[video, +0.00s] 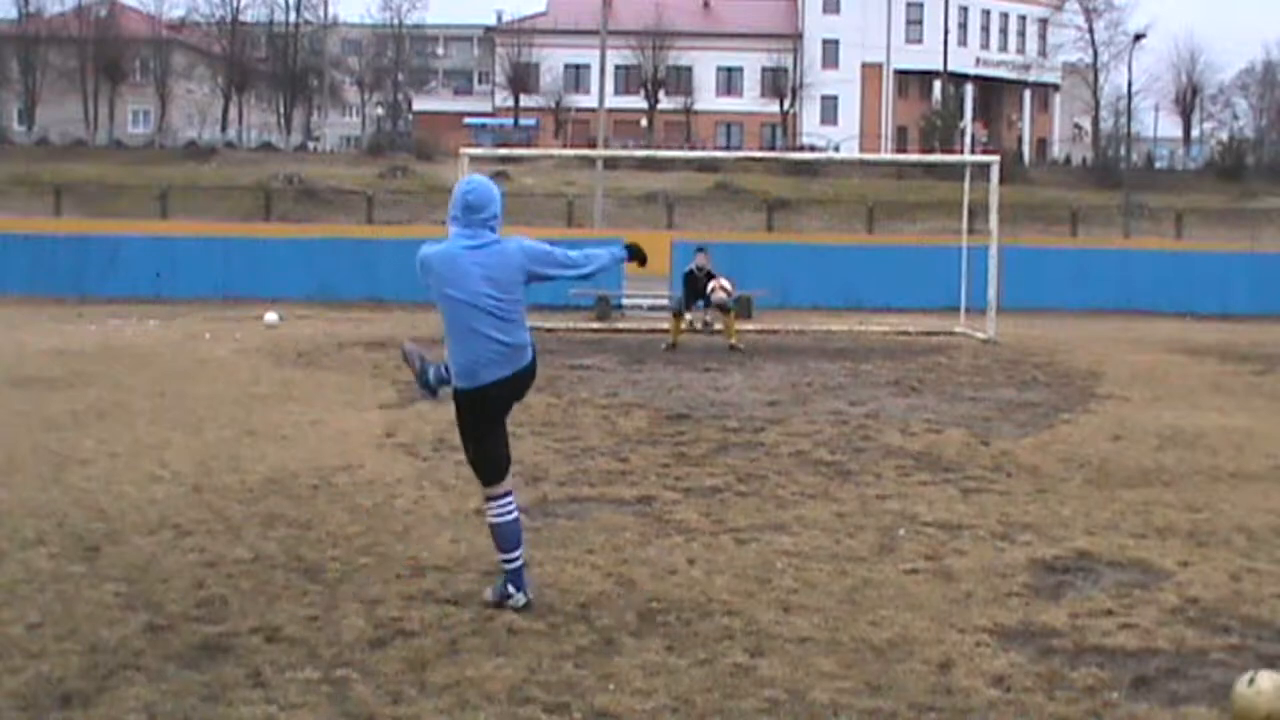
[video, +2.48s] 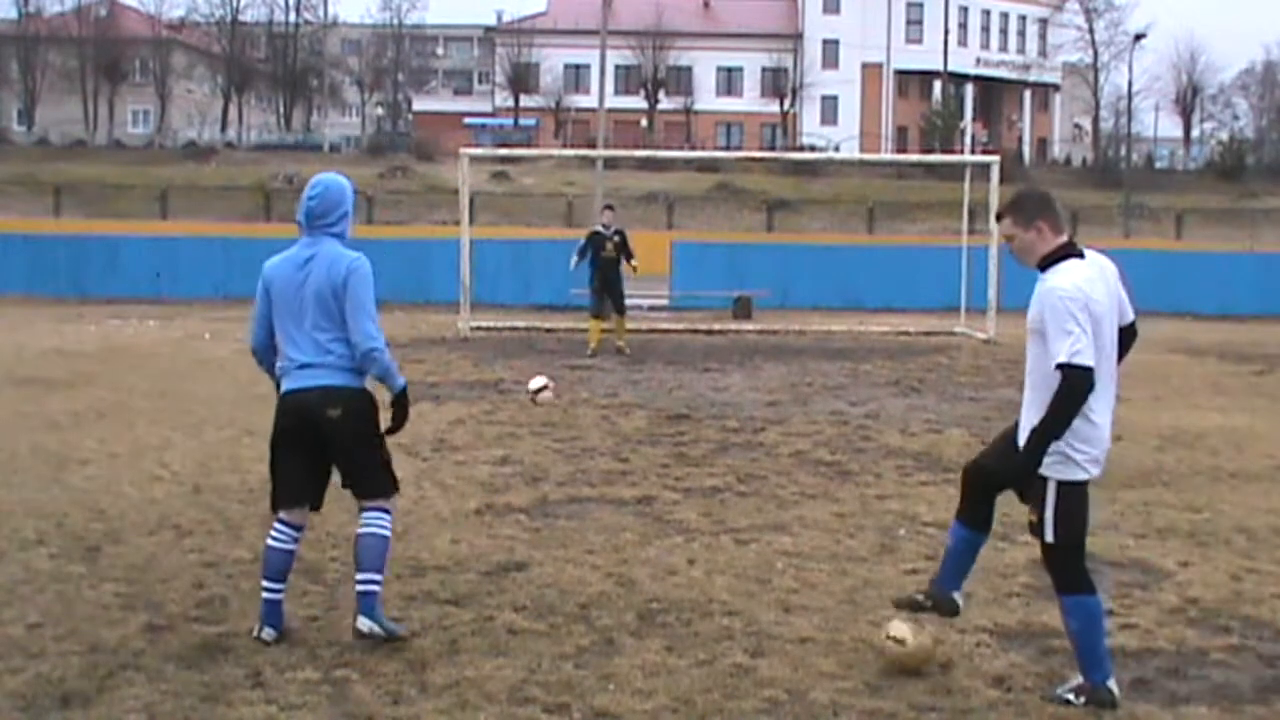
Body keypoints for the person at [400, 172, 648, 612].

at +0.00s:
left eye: (454, 209)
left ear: (454, 213)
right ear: (496, 214)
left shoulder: (433, 258)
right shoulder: (516, 251)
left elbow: (435, 296)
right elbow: (574, 263)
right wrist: (621, 251)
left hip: (477, 386)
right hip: (522, 371)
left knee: (496, 488)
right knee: (472, 353)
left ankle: (515, 584)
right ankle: (434, 376)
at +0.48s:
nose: (420, 224)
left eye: (421, 217)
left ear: (426, 221)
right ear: (461, 216)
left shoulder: (446, 262)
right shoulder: (473, 253)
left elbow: (489, 299)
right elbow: (423, 291)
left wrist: (536, 331)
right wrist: (375, 304)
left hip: (452, 388)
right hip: (488, 385)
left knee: (402, 461)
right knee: (471, 475)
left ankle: (449, 541)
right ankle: (477, 570)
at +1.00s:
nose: (329, 225)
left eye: (328, 218)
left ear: (331, 221)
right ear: (369, 213)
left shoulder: (335, 261)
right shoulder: (399, 254)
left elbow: (346, 322)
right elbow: (403, 313)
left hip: (371, 386)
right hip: (418, 378)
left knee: (362, 482)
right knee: (433, 474)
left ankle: (364, 582)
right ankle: (459, 567)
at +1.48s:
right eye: (345, 204)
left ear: (307, 214)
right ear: (350, 210)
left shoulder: (294, 263)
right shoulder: (379, 255)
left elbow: (237, 306)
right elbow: (393, 317)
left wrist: (256, 294)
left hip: (334, 390)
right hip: (383, 382)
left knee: (352, 487)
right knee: (400, 478)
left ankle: (355, 585)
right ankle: (358, 556)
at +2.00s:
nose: (359, 213)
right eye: (358, 206)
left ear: (311, 211)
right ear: (355, 211)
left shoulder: (285, 263)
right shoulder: (376, 265)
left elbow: (272, 333)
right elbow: (400, 341)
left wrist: (274, 380)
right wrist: (416, 393)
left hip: (302, 398)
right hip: (354, 398)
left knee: (312, 488)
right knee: (339, 502)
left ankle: (323, 581)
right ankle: (331, 609)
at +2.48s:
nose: (353, 218)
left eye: (348, 210)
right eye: (351, 211)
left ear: (305, 212)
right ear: (346, 214)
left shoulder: (275, 267)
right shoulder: (353, 265)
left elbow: (261, 343)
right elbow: (366, 345)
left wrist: (286, 377)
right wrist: (399, 385)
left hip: (293, 404)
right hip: (347, 403)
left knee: (291, 510)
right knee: (376, 500)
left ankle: (270, 618)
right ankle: (369, 612)